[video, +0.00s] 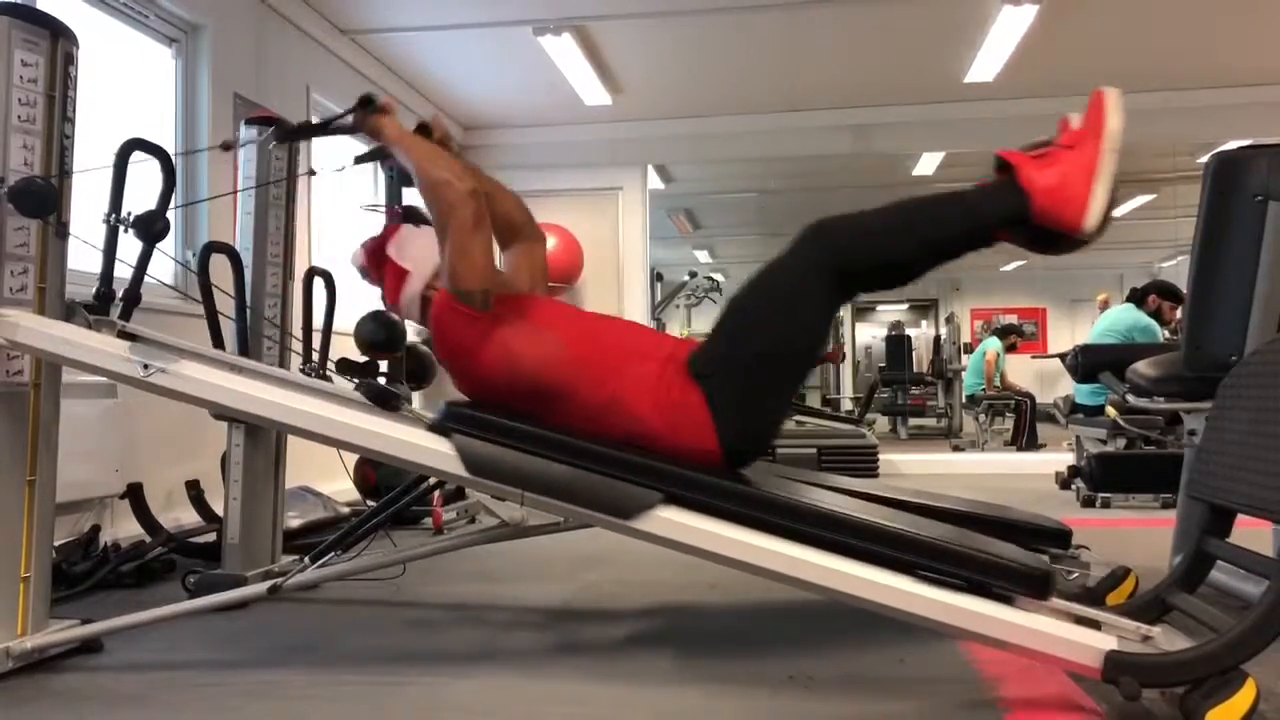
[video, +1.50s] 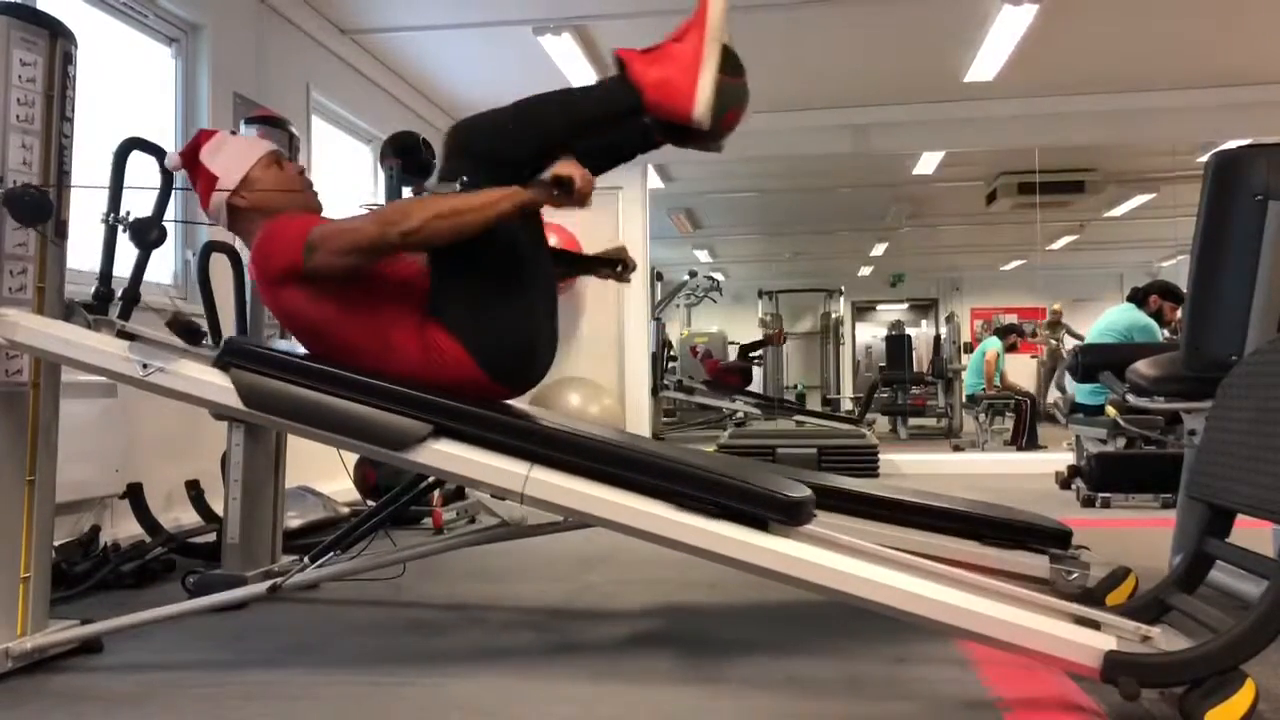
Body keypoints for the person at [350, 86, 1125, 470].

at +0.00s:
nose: (424, 246)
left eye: (414, 242)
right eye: (414, 243)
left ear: (425, 271)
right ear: (414, 271)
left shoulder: (498, 315)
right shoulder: (461, 318)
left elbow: (525, 233)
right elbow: (465, 210)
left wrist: (453, 153)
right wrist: (398, 139)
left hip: (709, 397)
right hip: (709, 414)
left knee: (823, 250)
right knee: (821, 252)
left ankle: (1029, 194)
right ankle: (1033, 196)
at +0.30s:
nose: (521, 248)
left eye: (511, 246)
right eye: (505, 250)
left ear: (482, 310)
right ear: (488, 295)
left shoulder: (545, 339)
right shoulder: (523, 339)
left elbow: (566, 249)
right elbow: (442, 235)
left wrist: (467, 270)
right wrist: (349, 214)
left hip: (775, 415)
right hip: (786, 433)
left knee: (910, 273)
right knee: (913, 279)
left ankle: (1111, 216)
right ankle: (1123, 226)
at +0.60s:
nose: (417, 263)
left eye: (409, 260)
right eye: (409, 258)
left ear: (423, 280)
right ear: (422, 276)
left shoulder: (497, 316)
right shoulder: (481, 322)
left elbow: (558, 251)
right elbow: (474, 216)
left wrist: (454, 223)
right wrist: (397, 178)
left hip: (721, 404)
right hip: (726, 424)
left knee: (850, 262)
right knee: (850, 265)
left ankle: (1055, 211)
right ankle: (1065, 215)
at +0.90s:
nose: (361, 213)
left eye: (351, 205)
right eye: (343, 214)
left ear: (329, 244)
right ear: (320, 249)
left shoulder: (398, 295)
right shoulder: (355, 308)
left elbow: (515, 286)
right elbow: (425, 250)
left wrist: (531, 195)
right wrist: (451, 127)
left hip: (588, 362)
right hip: (591, 381)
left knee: (644, 191)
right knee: (645, 189)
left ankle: (831, 135)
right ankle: (831, 130)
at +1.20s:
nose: (297, 176)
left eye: (286, 166)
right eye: (276, 172)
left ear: (244, 207)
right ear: (240, 206)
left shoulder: (292, 262)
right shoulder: (279, 252)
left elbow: (421, 236)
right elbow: (406, 224)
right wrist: (529, 180)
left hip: (497, 343)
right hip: (494, 345)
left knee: (477, 167)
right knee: (467, 147)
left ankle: (659, 120)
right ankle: (640, 83)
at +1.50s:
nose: (301, 167)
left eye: (289, 156)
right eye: (280, 160)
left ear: (249, 196)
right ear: (242, 193)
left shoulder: (297, 255)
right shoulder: (279, 244)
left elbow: (433, 263)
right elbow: (397, 228)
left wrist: (576, 264)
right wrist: (533, 196)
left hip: (498, 343)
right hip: (490, 345)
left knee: (483, 165)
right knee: (471, 147)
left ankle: (673, 120)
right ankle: (651, 83)